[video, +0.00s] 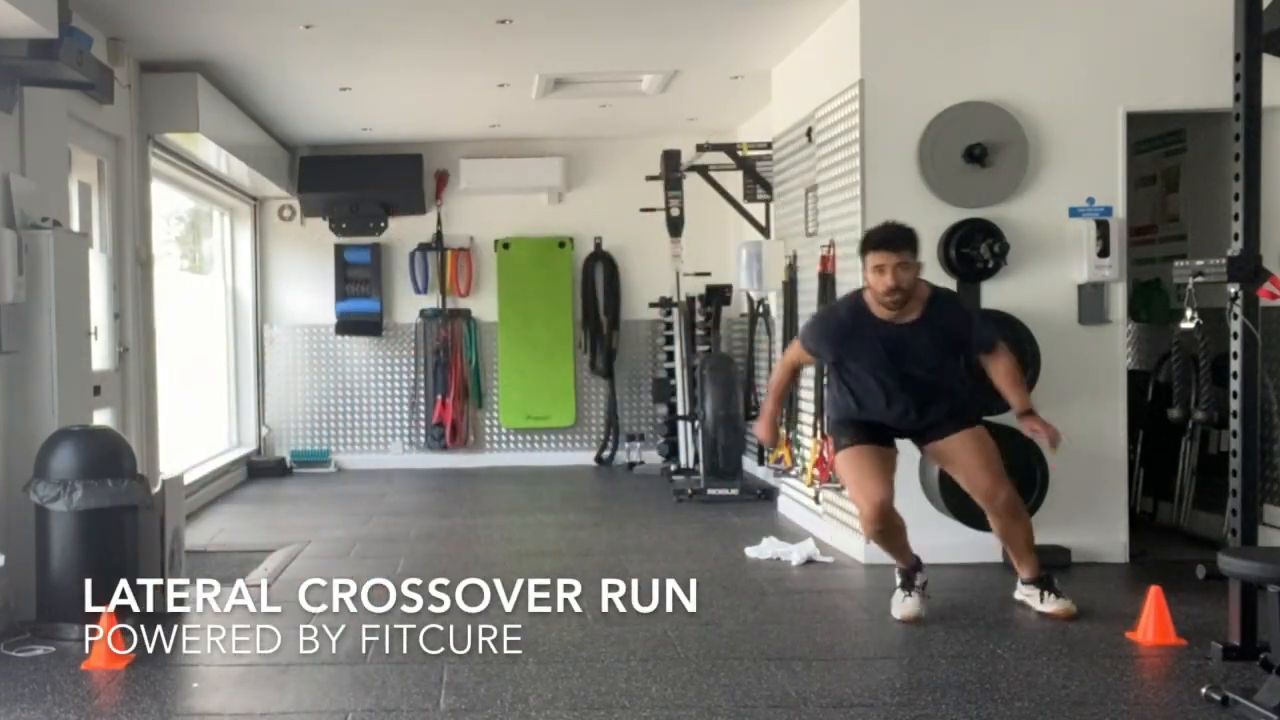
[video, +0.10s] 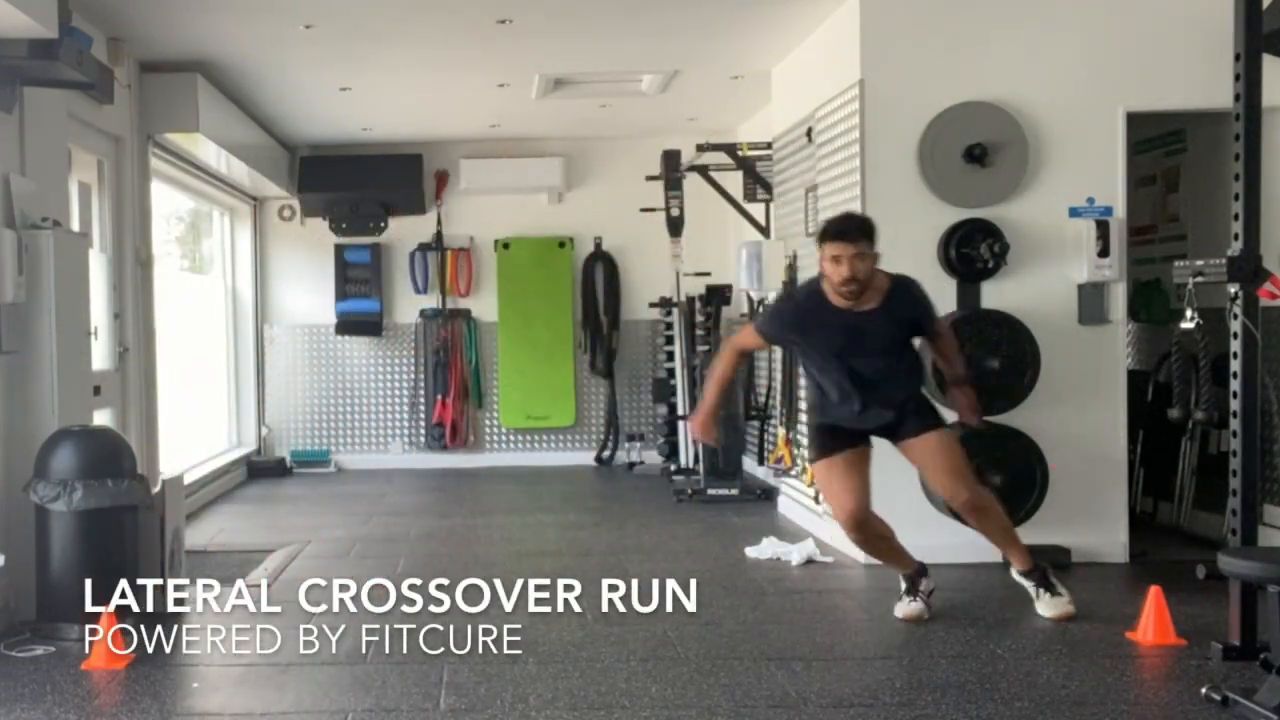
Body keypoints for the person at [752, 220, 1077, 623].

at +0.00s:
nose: (891, 280)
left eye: (901, 268)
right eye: (880, 270)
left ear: (917, 268)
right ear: (865, 273)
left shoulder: (946, 310)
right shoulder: (838, 320)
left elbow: (994, 352)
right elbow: (790, 361)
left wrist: (1024, 410)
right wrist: (768, 416)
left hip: (938, 410)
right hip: (861, 417)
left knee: (998, 492)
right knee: (874, 514)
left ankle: (1031, 582)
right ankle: (909, 572)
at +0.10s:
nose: (846, 271)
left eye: (856, 259)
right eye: (835, 260)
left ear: (874, 258)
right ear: (821, 260)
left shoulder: (903, 294)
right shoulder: (795, 310)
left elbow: (938, 334)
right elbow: (734, 345)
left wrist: (959, 384)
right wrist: (706, 409)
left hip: (903, 405)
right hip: (834, 416)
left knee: (966, 496)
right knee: (851, 518)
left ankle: (1029, 569)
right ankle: (914, 575)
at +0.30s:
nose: (755, 253)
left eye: (764, 240)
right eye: (743, 242)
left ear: (780, 237)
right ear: (729, 242)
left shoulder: (808, 280)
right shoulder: (705, 287)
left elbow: (850, 329)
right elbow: (646, 327)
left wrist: (884, 389)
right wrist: (656, 382)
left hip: (793, 388)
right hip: (732, 405)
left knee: (806, 471)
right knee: (795, 503)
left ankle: (811, 582)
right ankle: (872, 561)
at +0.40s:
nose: (688, 248)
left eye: (696, 237)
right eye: (677, 238)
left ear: (711, 234)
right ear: (663, 238)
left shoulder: (748, 282)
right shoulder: (643, 286)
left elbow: (807, 332)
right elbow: (615, 327)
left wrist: (837, 396)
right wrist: (612, 391)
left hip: (738, 402)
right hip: (675, 409)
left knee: (757, 491)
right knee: (688, 508)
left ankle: (787, 603)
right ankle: (725, 540)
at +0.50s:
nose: (606, 239)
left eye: (615, 227)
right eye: (595, 228)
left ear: (630, 224)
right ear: (582, 230)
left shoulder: (671, 273)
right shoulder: (570, 274)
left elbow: (730, 318)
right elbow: (552, 305)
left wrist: (753, 384)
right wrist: (539, 365)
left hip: (678, 390)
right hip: (609, 389)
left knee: (720, 488)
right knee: (568, 487)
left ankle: (778, 592)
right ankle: (572, 573)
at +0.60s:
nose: (536, 234)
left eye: (545, 222)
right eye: (526, 223)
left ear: (561, 222)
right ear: (513, 225)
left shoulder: (600, 269)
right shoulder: (501, 273)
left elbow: (654, 321)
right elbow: (468, 314)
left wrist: (673, 375)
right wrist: (439, 364)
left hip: (601, 388)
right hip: (538, 390)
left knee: (621, 481)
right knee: (507, 494)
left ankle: (699, 573)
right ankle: (513, 594)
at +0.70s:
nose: (480, 231)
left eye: (490, 219)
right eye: (470, 220)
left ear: (505, 219)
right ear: (457, 222)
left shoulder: (543, 271)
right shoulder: (443, 271)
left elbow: (590, 324)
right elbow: (405, 313)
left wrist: (604, 385)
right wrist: (385, 343)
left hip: (526, 387)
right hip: (467, 385)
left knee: (508, 474)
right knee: (451, 491)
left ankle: (524, 588)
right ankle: (504, 581)